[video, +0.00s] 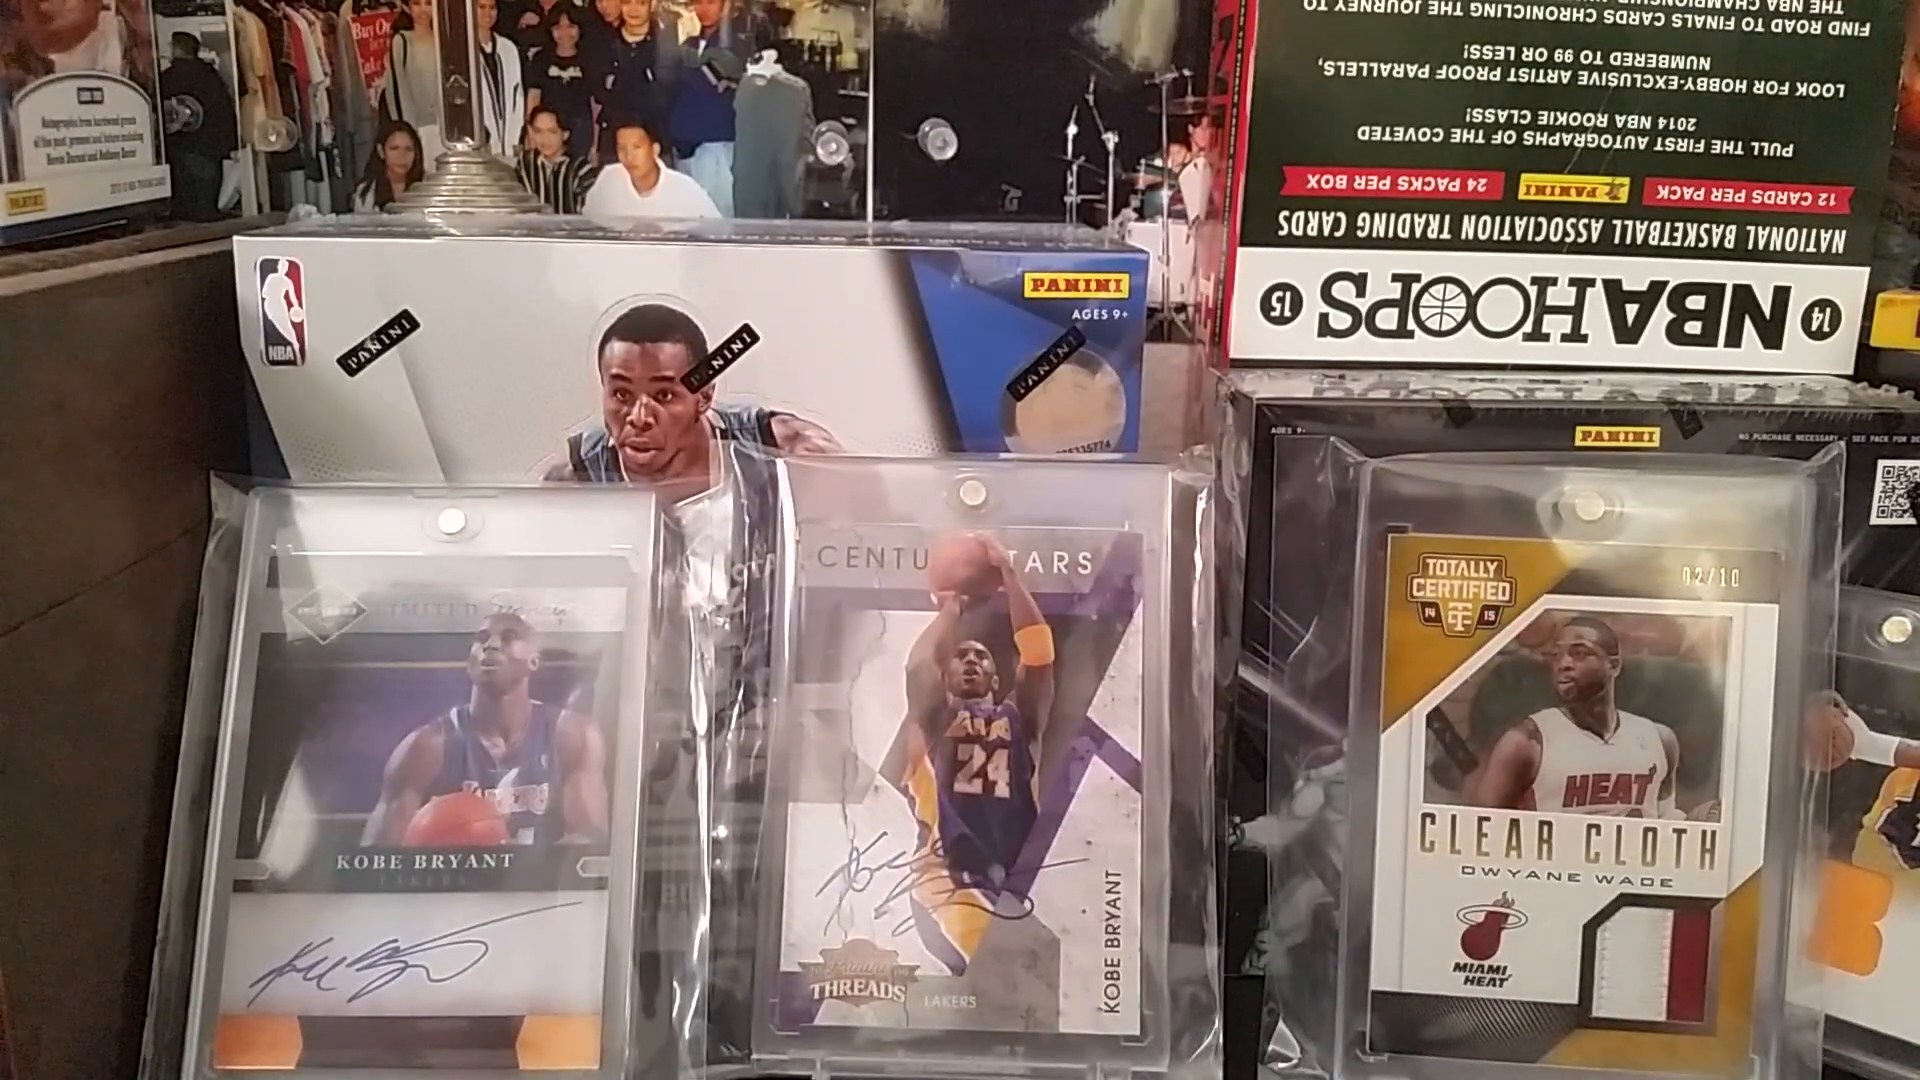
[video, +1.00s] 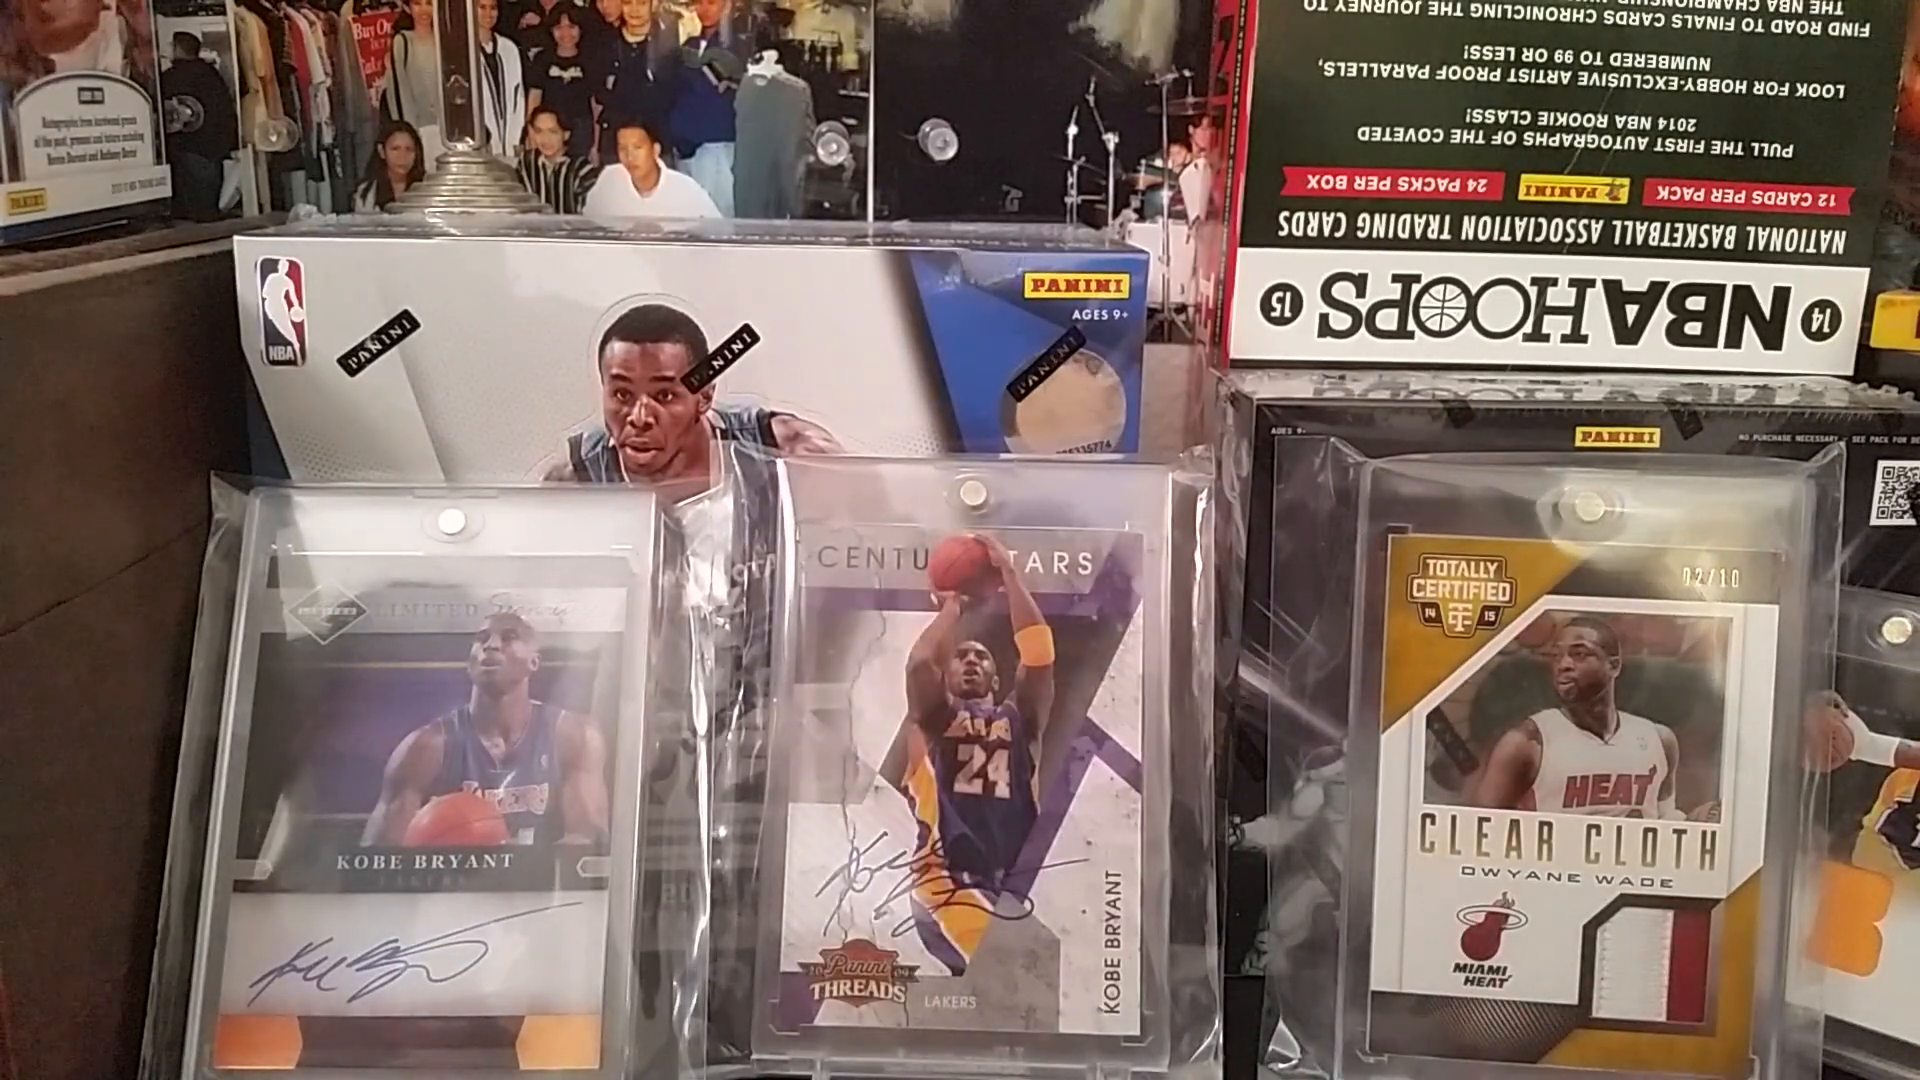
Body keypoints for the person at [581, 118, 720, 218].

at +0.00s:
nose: (629, 157)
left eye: (637, 148)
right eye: (622, 149)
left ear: (655, 150)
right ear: (617, 153)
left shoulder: (685, 188)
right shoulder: (609, 178)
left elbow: (719, 232)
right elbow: (585, 224)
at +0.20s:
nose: (629, 158)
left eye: (637, 148)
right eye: (622, 150)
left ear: (655, 150)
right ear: (616, 153)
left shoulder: (685, 188)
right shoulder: (609, 179)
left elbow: (718, 232)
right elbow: (586, 225)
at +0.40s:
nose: (629, 157)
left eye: (637, 147)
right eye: (622, 149)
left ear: (655, 150)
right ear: (617, 153)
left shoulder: (685, 188)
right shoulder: (609, 178)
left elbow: (719, 231)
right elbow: (586, 224)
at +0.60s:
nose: (629, 157)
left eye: (637, 148)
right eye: (622, 149)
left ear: (655, 150)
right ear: (617, 153)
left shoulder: (685, 188)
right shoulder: (609, 179)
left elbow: (719, 232)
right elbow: (586, 224)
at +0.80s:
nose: (629, 157)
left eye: (637, 147)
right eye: (622, 149)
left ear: (655, 150)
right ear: (617, 152)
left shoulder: (685, 187)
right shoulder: (609, 178)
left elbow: (719, 231)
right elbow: (586, 224)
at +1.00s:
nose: (630, 157)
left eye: (638, 148)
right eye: (623, 149)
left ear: (656, 150)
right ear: (617, 153)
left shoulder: (685, 188)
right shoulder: (610, 178)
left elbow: (719, 232)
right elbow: (586, 224)